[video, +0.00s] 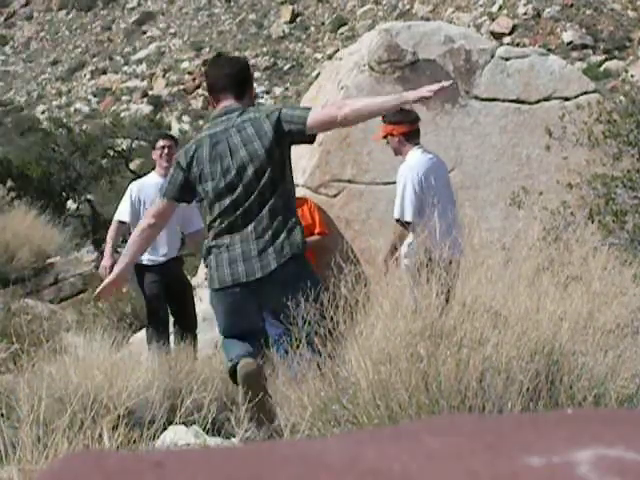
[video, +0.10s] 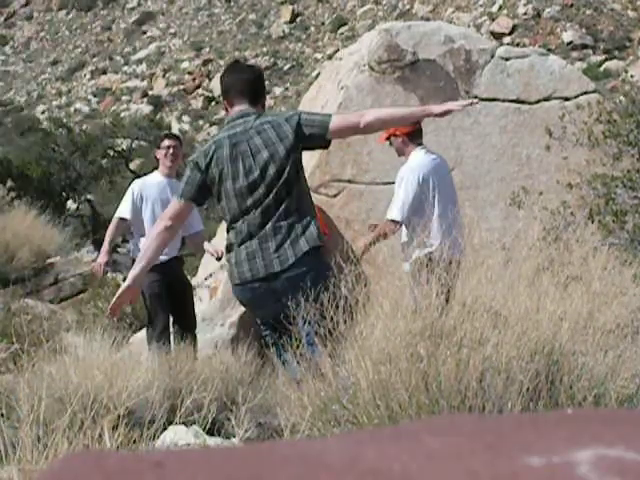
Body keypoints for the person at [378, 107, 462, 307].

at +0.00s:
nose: (388, 145)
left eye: (388, 139)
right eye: (387, 139)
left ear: (398, 138)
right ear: (415, 135)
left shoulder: (409, 169)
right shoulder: (436, 161)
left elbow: (404, 223)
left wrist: (390, 253)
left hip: (423, 250)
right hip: (448, 246)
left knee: (421, 309)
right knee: (443, 309)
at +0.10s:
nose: (392, 147)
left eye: (392, 141)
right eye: (391, 142)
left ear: (401, 139)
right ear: (417, 137)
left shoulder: (412, 169)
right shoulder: (438, 161)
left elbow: (393, 223)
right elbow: (422, 209)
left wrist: (363, 246)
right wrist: (384, 227)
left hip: (425, 252)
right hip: (450, 248)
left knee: (423, 312)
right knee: (442, 311)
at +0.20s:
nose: (392, 145)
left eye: (393, 139)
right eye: (391, 140)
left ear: (405, 139)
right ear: (418, 137)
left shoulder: (414, 171)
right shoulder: (440, 162)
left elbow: (385, 220)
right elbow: (422, 198)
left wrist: (357, 222)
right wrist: (387, 200)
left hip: (427, 256)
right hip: (451, 251)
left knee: (425, 319)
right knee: (444, 316)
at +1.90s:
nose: (399, 146)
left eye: (400, 140)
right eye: (398, 141)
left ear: (410, 139)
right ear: (427, 137)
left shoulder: (416, 171)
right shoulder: (447, 164)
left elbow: (388, 216)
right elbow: (421, 196)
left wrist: (355, 213)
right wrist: (384, 190)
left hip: (431, 257)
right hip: (458, 253)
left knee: (429, 318)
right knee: (453, 315)